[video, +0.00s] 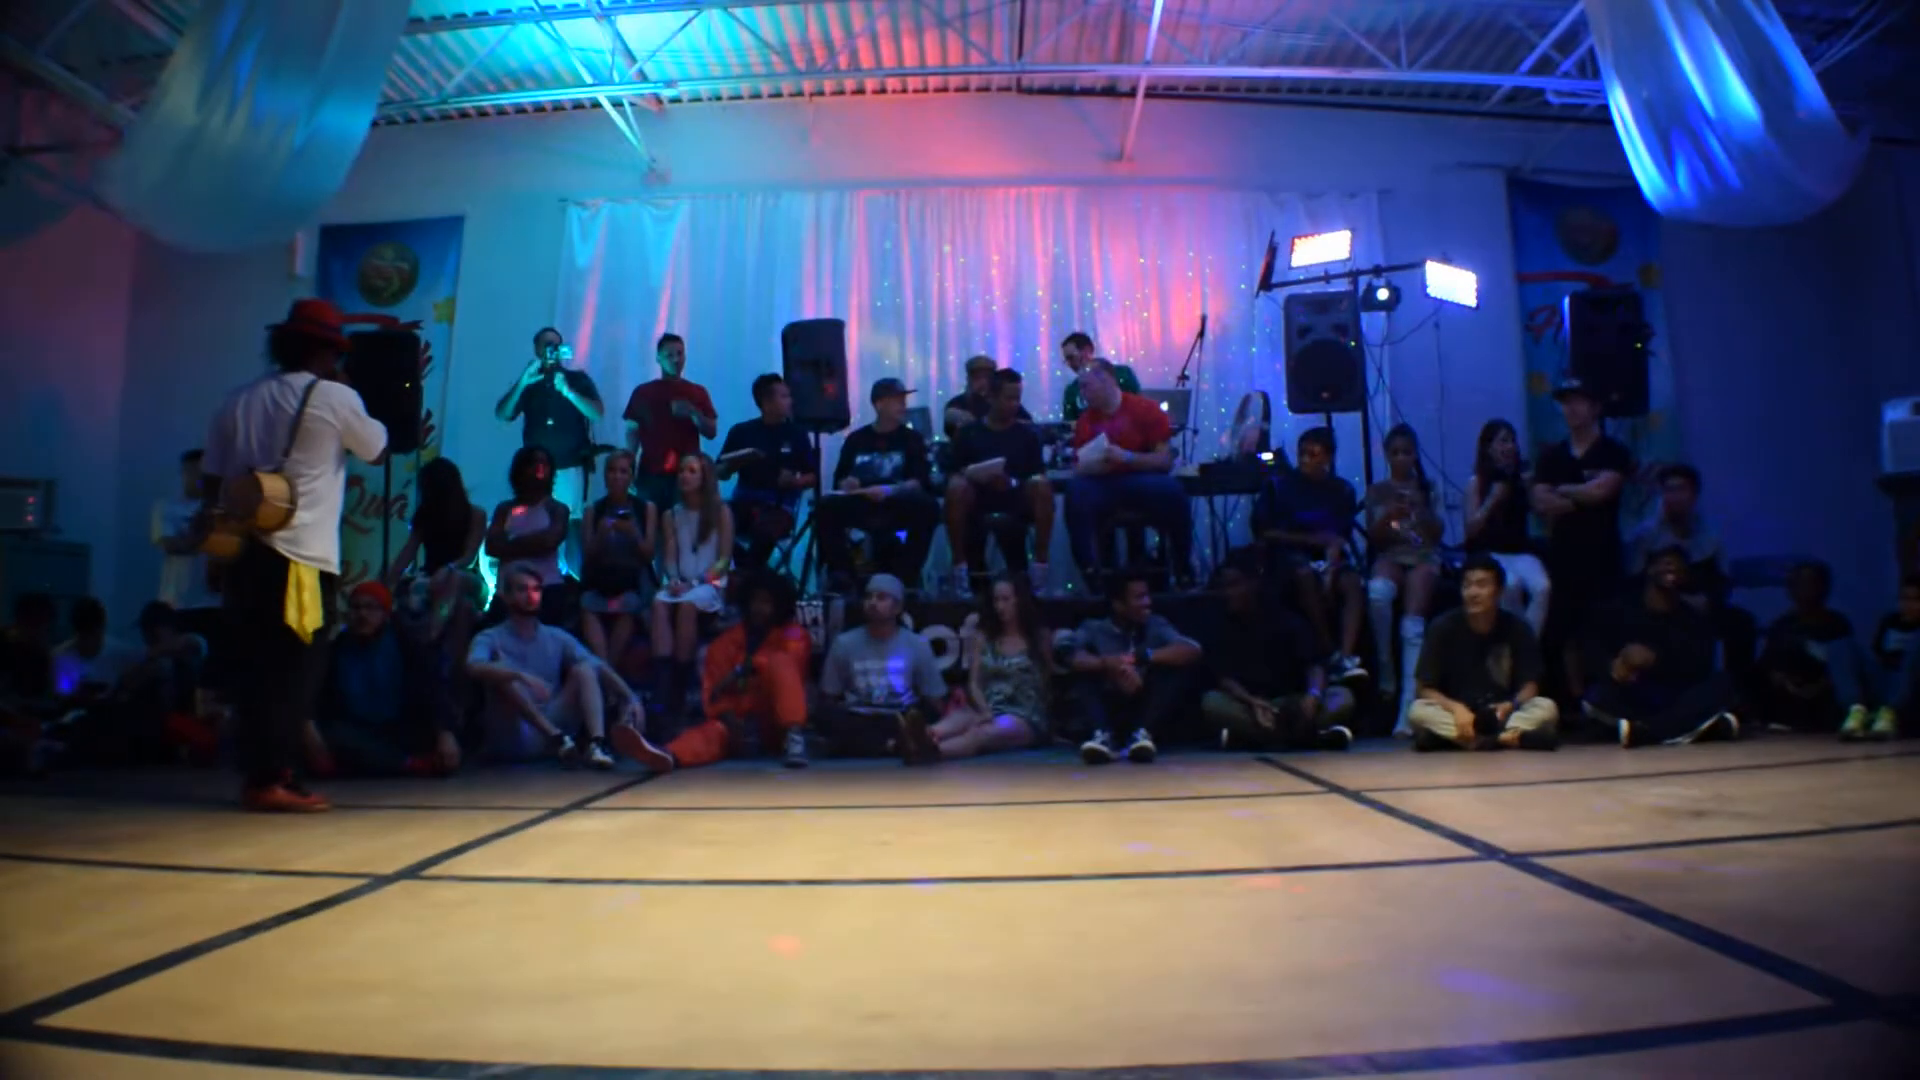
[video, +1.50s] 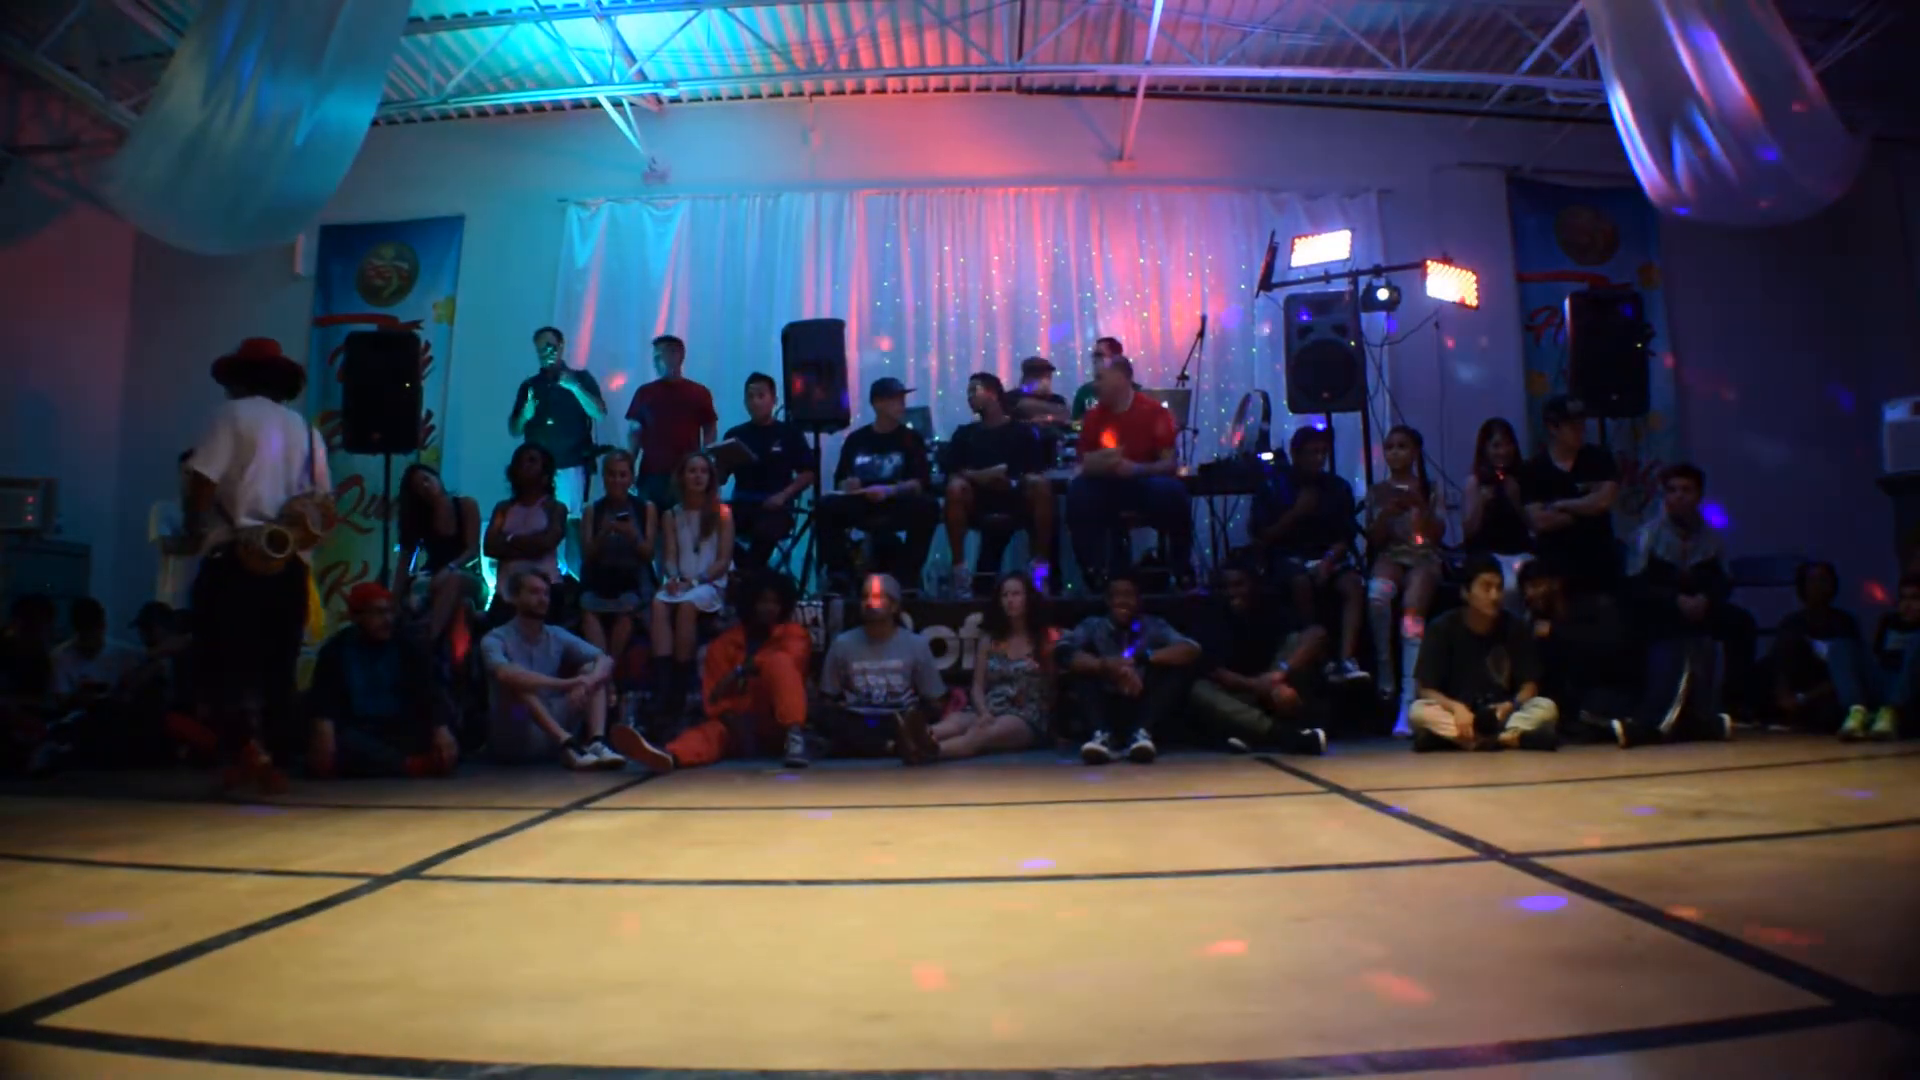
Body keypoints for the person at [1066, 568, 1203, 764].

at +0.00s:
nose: (1146, 603)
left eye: (1147, 596)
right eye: (1139, 598)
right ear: (1119, 604)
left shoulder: (1154, 626)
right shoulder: (1095, 630)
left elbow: (1191, 650)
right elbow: (1067, 655)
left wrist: (1141, 658)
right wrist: (1111, 665)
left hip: (1146, 700)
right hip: (1107, 702)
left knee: (1171, 671)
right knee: (1085, 677)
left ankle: (1143, 734)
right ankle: (1101, 734)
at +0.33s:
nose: (1145, 603)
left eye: (1145, 596)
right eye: (1137, 597)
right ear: (1117, 604)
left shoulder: (1153, 626)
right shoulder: (1092, 630)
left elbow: (1188, 648)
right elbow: (1063, 656)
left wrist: (1139, 658)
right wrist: (1109, 667)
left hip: (1144, 700)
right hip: (1105, 702)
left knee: (1167, 669)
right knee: (1083, 677)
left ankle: (1142, 733)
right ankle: (1101, 735)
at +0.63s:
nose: (1140, 603)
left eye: (1140, 596)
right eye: (1132, 598)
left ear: (1143, 597)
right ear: (1112, 605)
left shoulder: (1151, 626)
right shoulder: (1091, 631)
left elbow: (1188, 648)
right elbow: (1059, 654)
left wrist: (1138, 658)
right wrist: (1106, 667)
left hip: (1143, 701)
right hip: (1105, 703)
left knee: (1165, 671)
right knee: (1086, 674)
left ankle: (1142, 733)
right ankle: (1102, 734)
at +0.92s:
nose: (1128, 604)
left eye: (1133, 598)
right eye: (1121, 598)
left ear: (1139, 602)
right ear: (1109, 601)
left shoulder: (1151, 627)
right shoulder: (1092, 630)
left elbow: (1189, 649)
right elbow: (1057, 652)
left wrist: (1140, 657)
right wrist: (1107, 668)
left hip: (1144, 700)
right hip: (1104, 702)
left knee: (1166, 669)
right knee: (1083, 672)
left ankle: (1142, 733)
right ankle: (1101, 735)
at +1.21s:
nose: (1129, 602)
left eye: (1135, 597)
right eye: (1122, 596)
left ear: (1142, 602)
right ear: (1111, 601)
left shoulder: (1153, 627)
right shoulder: (1093, 628)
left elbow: (1191, 649)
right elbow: (1065, 653)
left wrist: (1141, 659)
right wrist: (1110, 668)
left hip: (1145, 699)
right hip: (1105, 700)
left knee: (1168, 669)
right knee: (1086, 675)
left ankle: (1142, 733)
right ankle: (1101, 734)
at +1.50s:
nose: (1122, 601)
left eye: (1128, 595)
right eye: (1117, 595)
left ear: (1137, 600)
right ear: (1108, 600)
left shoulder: (1152, 627)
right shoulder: (1094, 627)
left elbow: (1191, 650)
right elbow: (1063, 652)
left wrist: (1143, 659)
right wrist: (1111, 668)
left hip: (1144, 700)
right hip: (1104, 700)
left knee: (1168, 669)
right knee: (1086, 672)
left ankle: (1143, 733)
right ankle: (1101, 734)